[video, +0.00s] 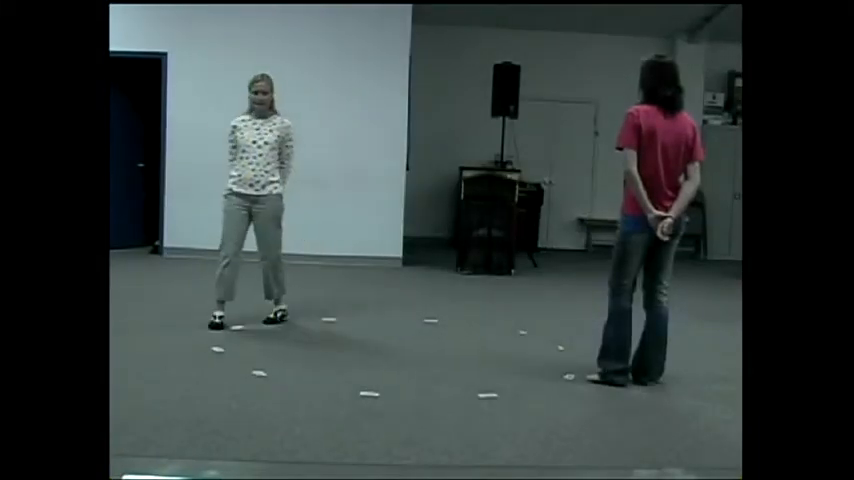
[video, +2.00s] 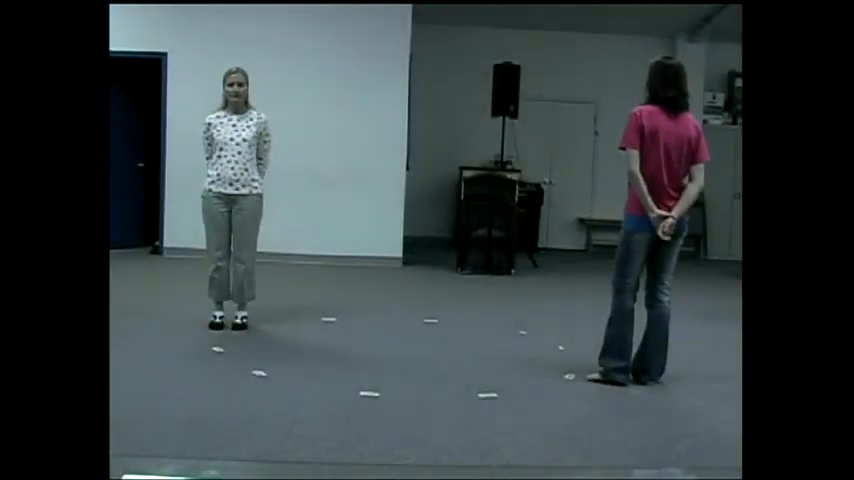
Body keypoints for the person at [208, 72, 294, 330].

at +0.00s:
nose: (260, 97)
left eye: (264, 93)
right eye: (256, 92)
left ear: (272, 95)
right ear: (249, 95)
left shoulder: (282, 126)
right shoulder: (237, 124)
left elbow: (286, 162)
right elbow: (232, 158)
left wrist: (277, 187)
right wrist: (238, 180)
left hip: (268, 195)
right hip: (237, 193)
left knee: (270, 254)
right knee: (228, 253)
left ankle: (278, 305)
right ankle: (219, 310)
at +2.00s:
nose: (236, 89)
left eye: (241, 85)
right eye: (231, 85)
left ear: (248, 88)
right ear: (224, 89)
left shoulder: (259, 121)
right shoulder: (212, 121)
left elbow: (263, 159)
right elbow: (209, 156)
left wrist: (254, 182)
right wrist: (219, 177)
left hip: (247, 193)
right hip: (216, 192)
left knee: (244, 254)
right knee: (218, 254)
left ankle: (241, 310)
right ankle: (218, 309)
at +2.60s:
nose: (234, 88)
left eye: (239, 84)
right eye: (229, 84)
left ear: (246, 87)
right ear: (222, 88)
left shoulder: (257, 119)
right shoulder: (210, 120)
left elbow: (262, 156)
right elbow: (207, 155)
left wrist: (255, 180)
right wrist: (214, 178)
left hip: (247, 191)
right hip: (215, 191)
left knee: (243, 253)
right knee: (217, 253)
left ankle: (241, 309)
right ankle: (218, 308)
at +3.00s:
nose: (234, 89)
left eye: (239, 84)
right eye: (229, 84)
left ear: (245, 87)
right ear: (222, 88)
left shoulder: (257, 119)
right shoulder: (210, 120)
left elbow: (262, 155)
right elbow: (207, 155)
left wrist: (254, 179)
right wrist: (215, 177)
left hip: (247, 191)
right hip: (215, 190)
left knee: (243, 252)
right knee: (217, 252)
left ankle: (241, 309)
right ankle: (217, 309)